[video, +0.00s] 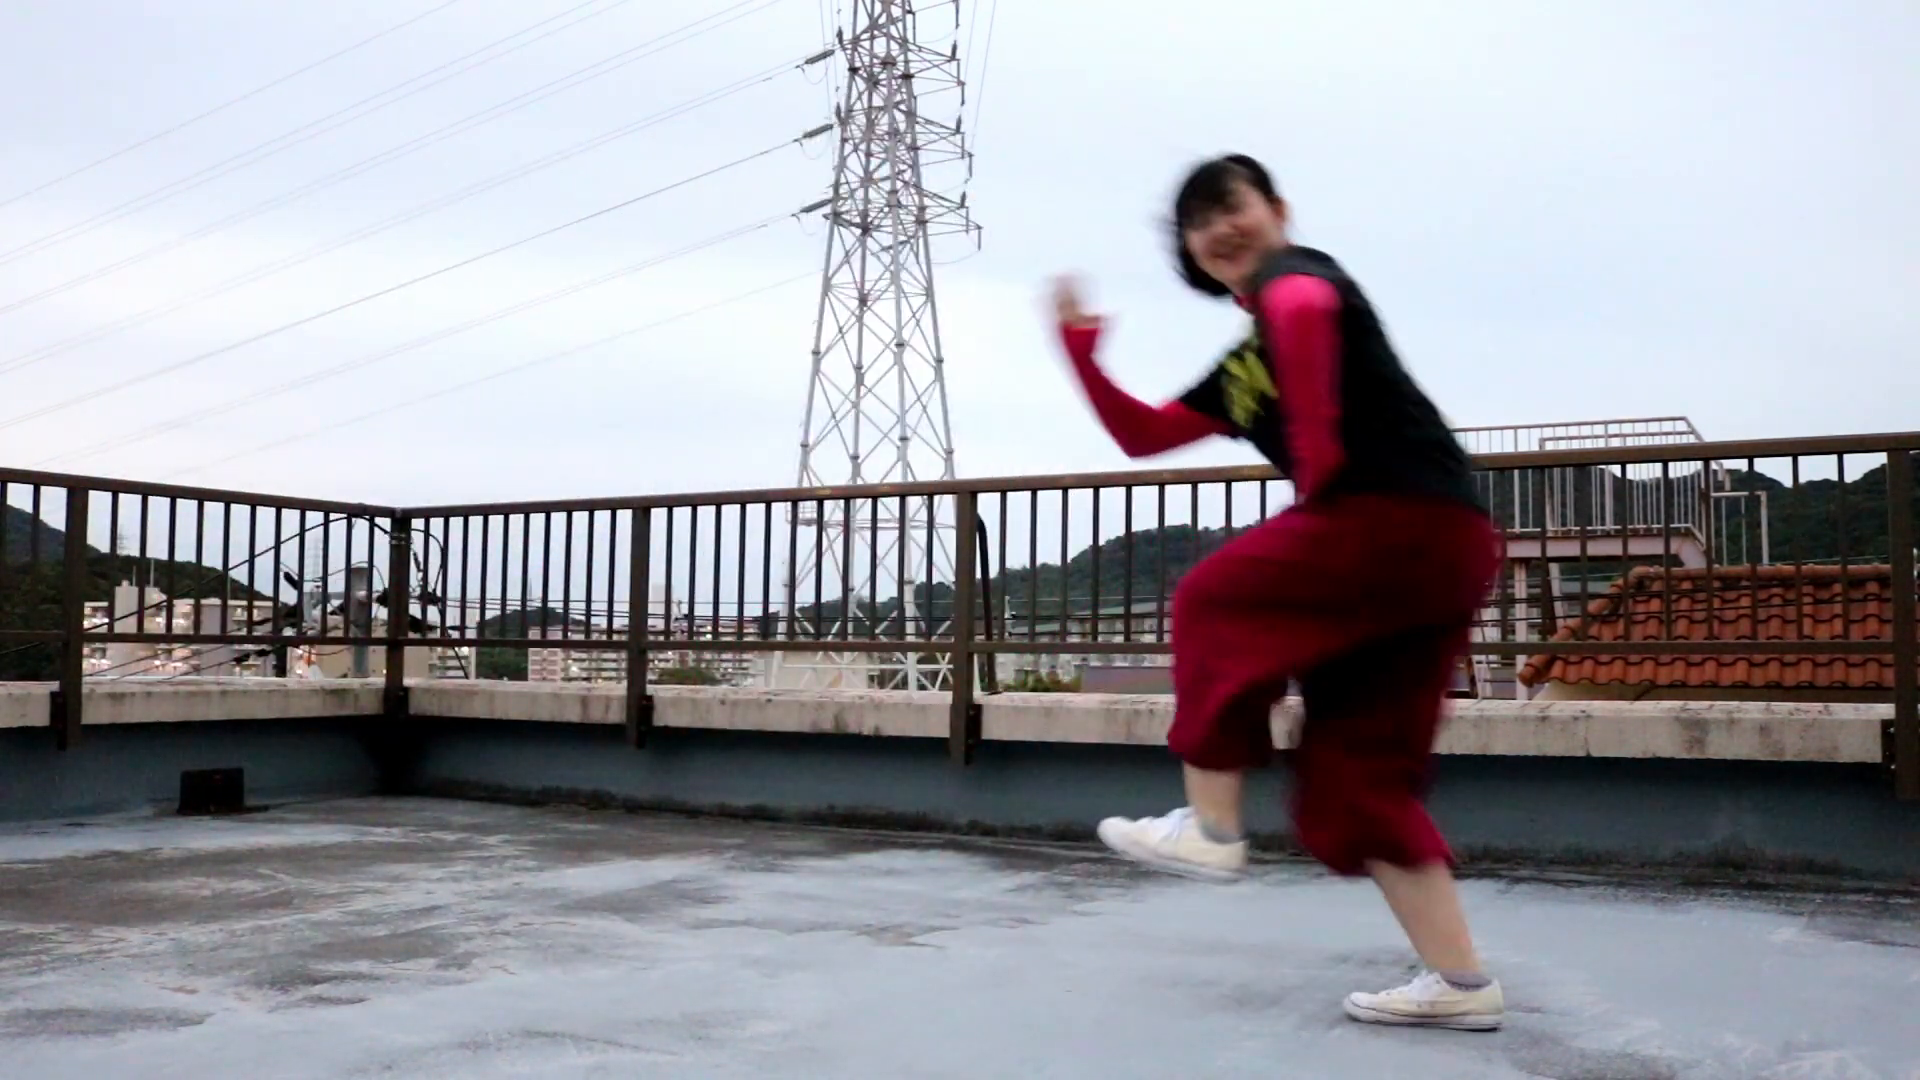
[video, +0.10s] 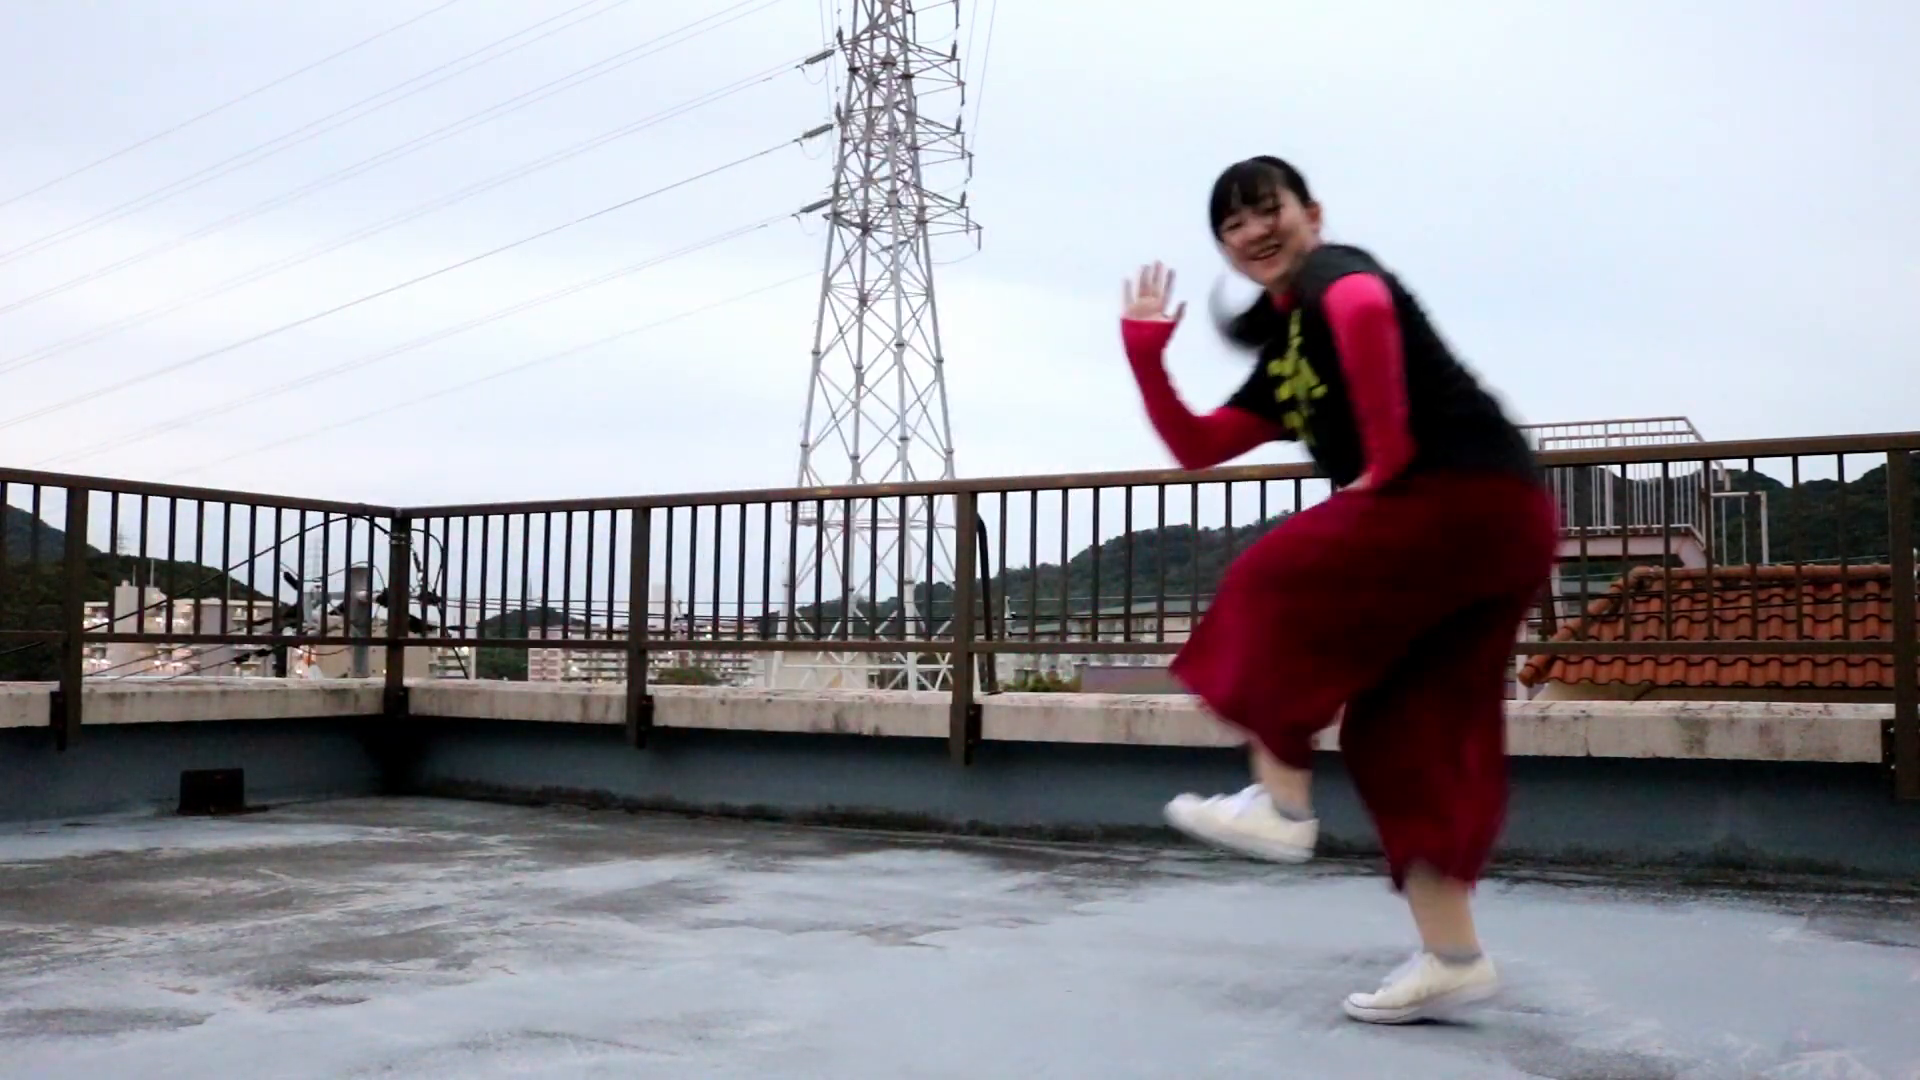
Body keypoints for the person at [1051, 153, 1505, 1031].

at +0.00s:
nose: (1219, 227)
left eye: (1231, 204)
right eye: (1199, 224)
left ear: (1279, 210)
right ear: (1195, 259)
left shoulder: (1298, 279)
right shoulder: (1252, 362)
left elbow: (1302, 319)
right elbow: (1143, 434)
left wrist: (1315, 483)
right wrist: (1079, 350)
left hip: (1399, 525)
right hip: (1434, 545)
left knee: (1209, 597)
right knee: (1355, 767)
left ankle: (1210, 827)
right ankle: (1460, 979)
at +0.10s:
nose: (1252, 230)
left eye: (1268, 210)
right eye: (1233, 225)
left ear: (1310, 214)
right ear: (1224, 250)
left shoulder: (1337, 271)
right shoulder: (1292, 365)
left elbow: (1365, 314)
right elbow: (1196, 448)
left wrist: (1384, 457)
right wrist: (1145, 355)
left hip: (1474, 500)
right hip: (1463, 529)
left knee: (1269, 577)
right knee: (1396, 730)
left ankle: (1281, 805)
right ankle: (1454, 954)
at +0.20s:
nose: (1300, 239)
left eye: (1315, 218)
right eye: (1280, 232)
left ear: (1359, 222)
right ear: (1269, 256)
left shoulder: (1390, 284)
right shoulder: (1332, 374)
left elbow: (1419, 327)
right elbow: (1237, 437)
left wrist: (1444, 467)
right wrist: (1139, 370)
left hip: (1525, 499)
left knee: (1315, 596)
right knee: (1430, 751)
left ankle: (1232, 803)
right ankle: (1556, 959)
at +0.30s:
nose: (1348, 258)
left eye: (1366, 238)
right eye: (1329, 251)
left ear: (1410, 246)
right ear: (1318, 276)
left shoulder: (1435, 312)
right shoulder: (1380, 395)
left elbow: (1486, 363)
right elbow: (1287, 480)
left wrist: (1493, 508)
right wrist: (1214, 408)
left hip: (1574, 555)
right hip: (1554, 582)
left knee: (1354, 608)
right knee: (1469, 765)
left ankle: (1217, 796)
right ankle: (1569, 982)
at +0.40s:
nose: (1391, 231)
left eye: (1405, 209)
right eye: (1370, 226)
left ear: (1451, 216)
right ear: (1361, 253)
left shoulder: (1476, 290)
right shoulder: (1416, 358)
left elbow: (1539, 354)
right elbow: (1380, 496)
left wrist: (1522, 504)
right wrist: (1307, 500)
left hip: (1585, 548)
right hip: (1561, 566)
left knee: (1367, 632)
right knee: (1498, 754)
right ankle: (1570, 978)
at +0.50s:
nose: (1432, 184)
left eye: (1447, 162)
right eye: (1413, 177)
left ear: (1492, 163)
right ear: (1403, 199)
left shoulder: (1520, 243)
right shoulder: (1447, 286)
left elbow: (1579, 331)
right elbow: (1464, 427)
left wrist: (1524, 493)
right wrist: (1404, 518)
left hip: (1572, 533)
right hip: (1543, 540)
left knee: (1414, 697)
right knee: (1538, 744)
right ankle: (1574, 972)